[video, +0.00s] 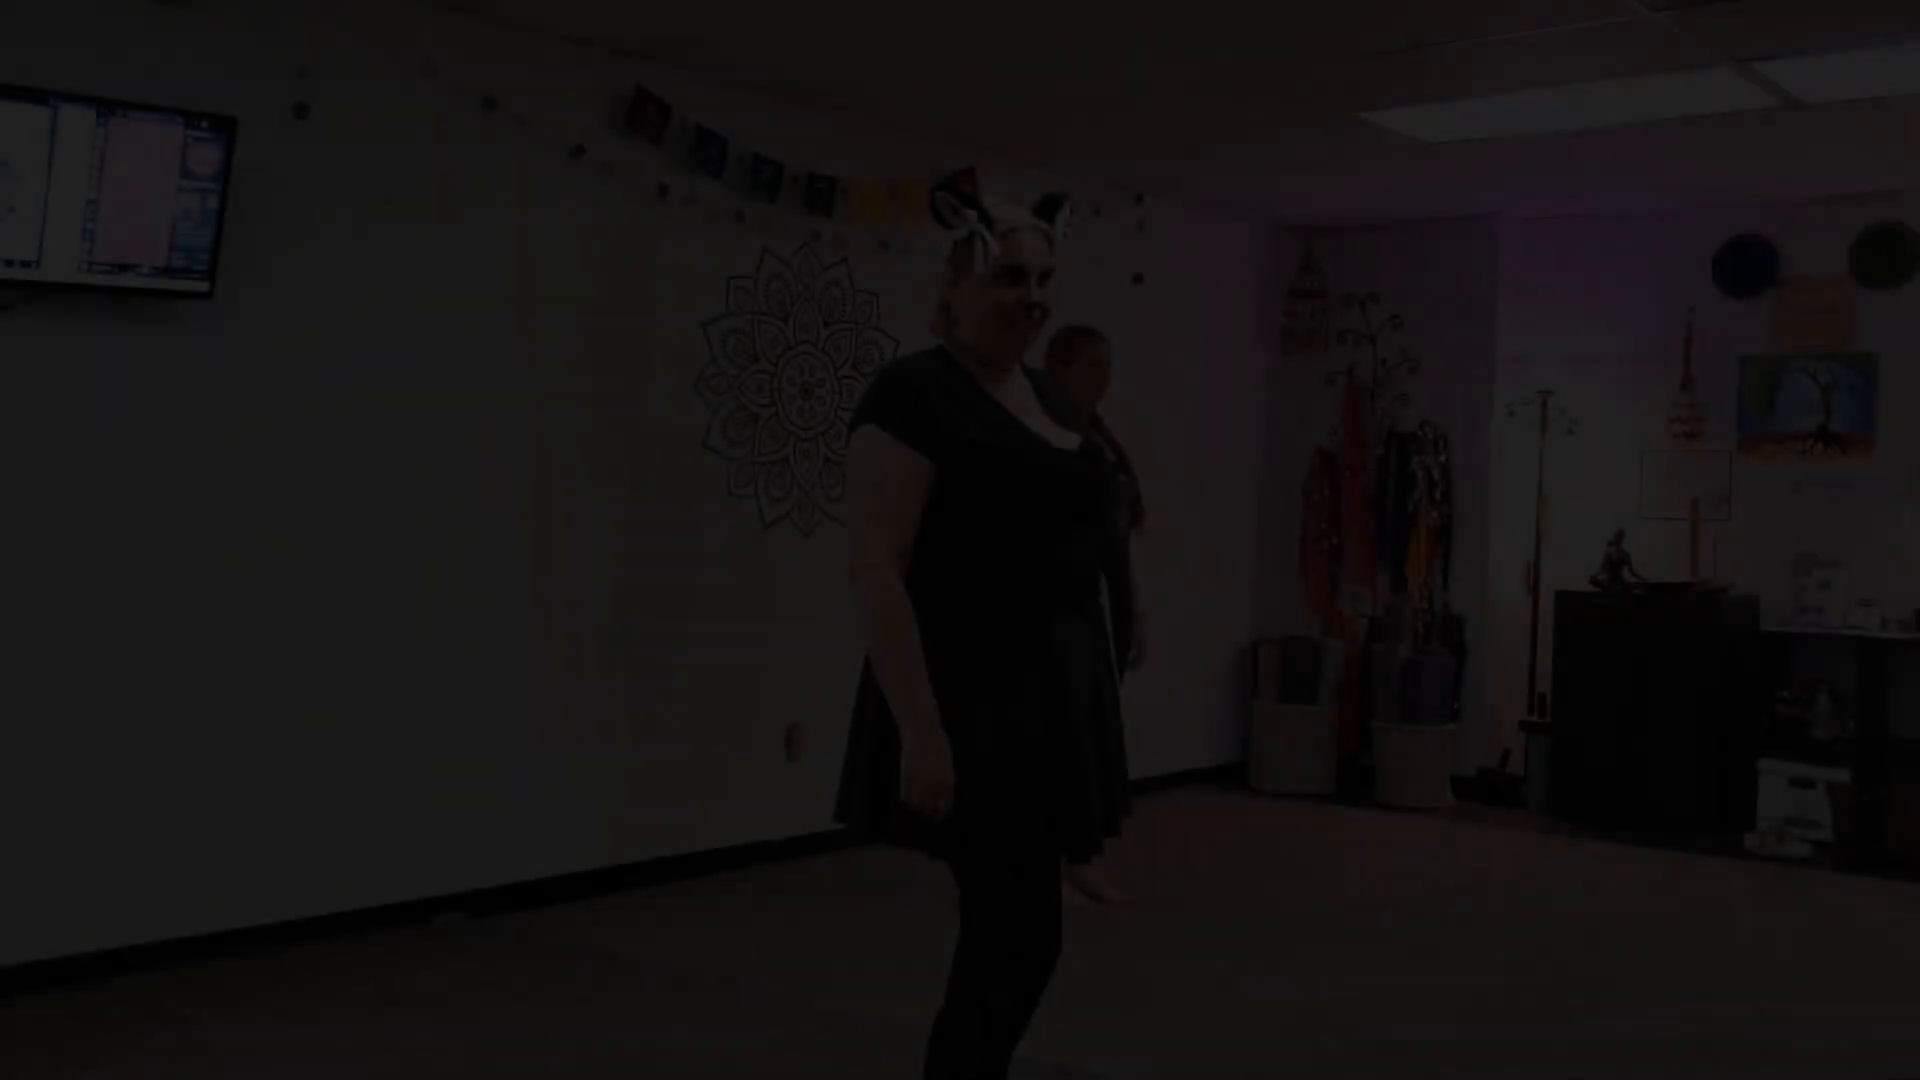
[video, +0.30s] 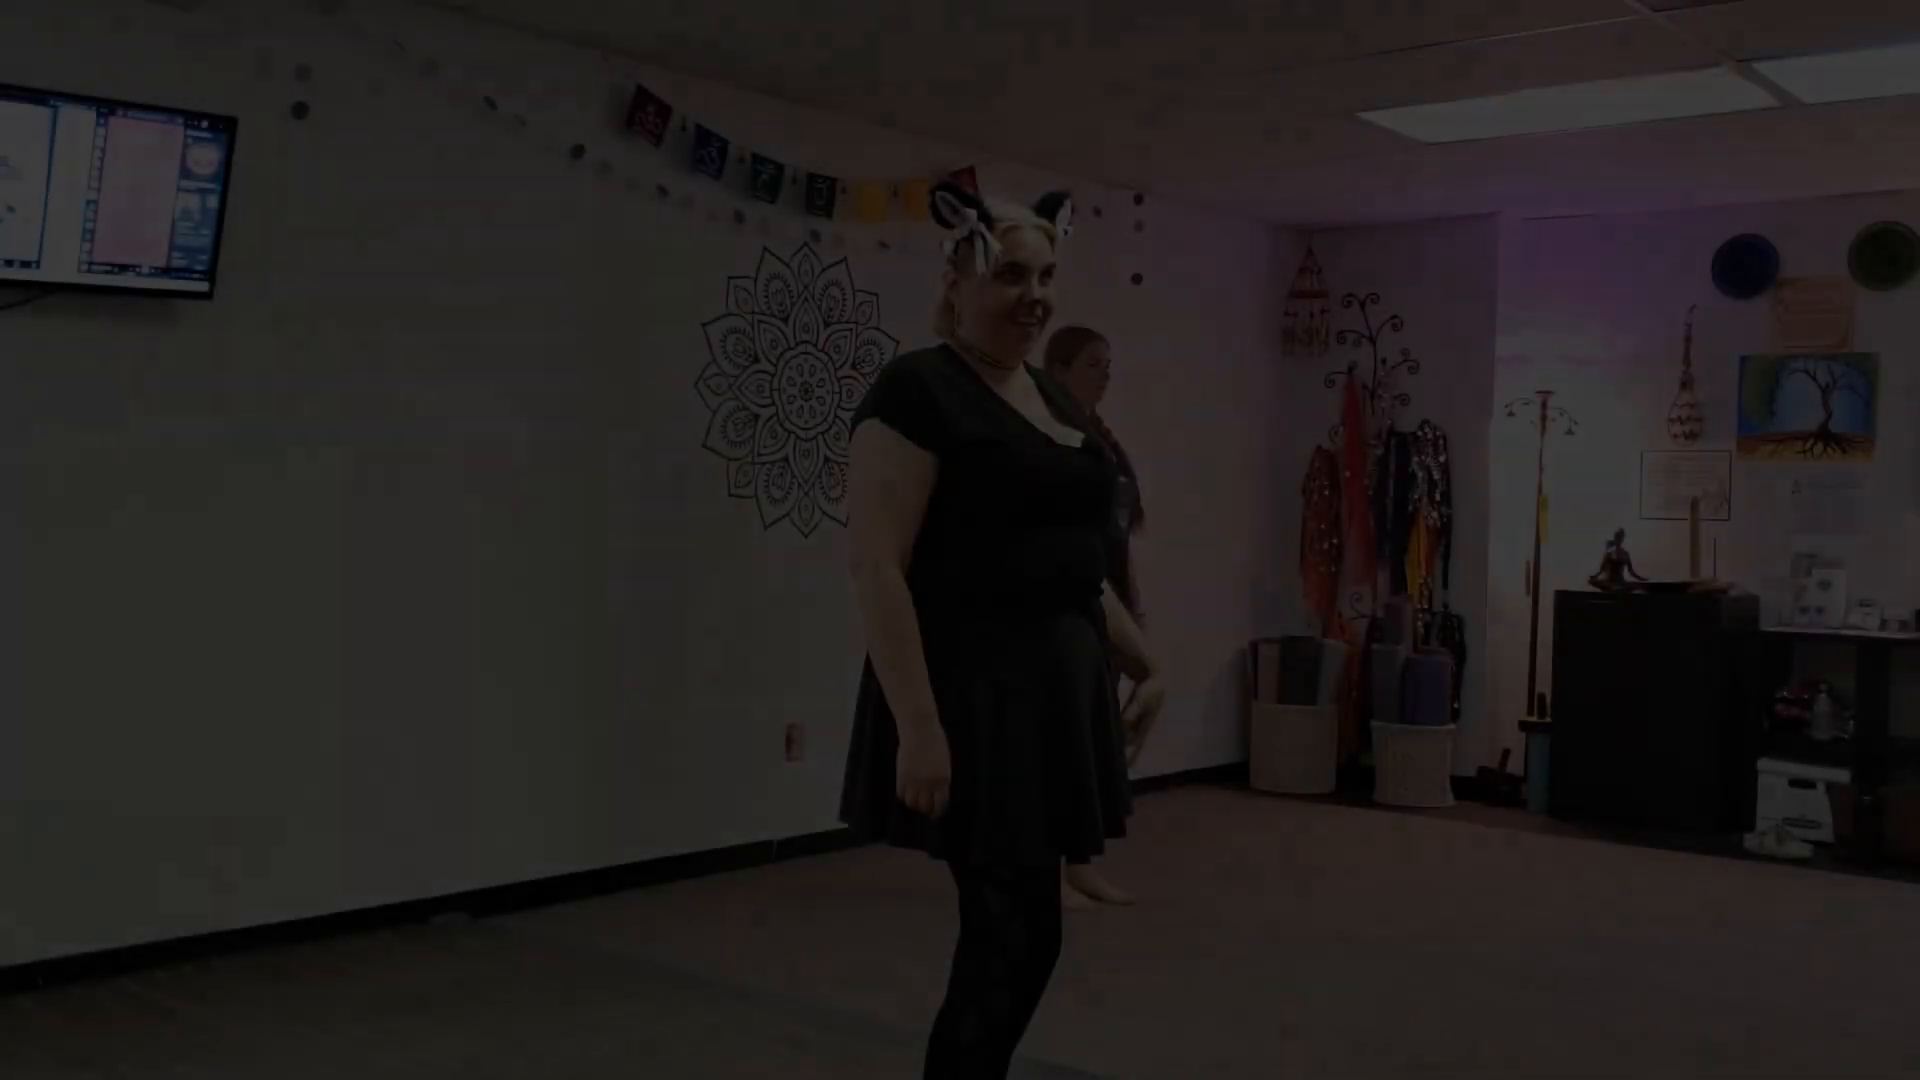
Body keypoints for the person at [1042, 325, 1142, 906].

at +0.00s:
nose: (1101, 382)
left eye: (1103, 370)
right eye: (1091, 370)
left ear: (1098, 376)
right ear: (1061, 370)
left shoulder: (1099, 441)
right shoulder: (1040, 436)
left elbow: (1119, 542)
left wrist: (1127, 622)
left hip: (1097, 618)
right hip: (1046, 617)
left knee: (1095, 734)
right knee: (1061, 735)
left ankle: (1086, 851)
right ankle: (1070, 852)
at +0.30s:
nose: (1104, 377)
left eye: (1106, 368)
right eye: (1094, 368)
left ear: (1097, 375)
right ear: (1060, 370)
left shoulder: (1096, 435)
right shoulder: (1041, 433)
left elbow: (1120, 525)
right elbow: (1055, 534)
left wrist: (1129, 602)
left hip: (1107, 604)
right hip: (1060, 606)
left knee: (1094, 723)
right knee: (1062, 726)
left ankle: (1084, 854)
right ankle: (1071, 856)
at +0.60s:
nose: (1105, 377)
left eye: (1108, 368)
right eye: (1095, 368)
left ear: (1101, 375)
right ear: (1061, 369)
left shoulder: (1097, 436)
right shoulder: (1042, 431)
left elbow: (1123, 519)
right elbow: (1052, 534)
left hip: (1106, 610)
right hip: (1055, 609)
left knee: (1091, 728)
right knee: (1051, 725)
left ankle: (1080, 858)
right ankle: (1055, 863)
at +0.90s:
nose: (1108, 377)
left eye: (1110, 367)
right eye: (1098, 367)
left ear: (1106, 373)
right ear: (1066, 370)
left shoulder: (1104, 440)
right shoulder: (1041, 437)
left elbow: (1123, 537)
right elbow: (1056, 533)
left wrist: (1138, 618)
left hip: (1101, 607)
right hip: (1047, 606)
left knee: (1085, 730)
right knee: (1044, 730)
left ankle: (1078, 860)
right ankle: (1042, 866)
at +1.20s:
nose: (1109, 378)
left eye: (1111, 368)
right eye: (1099, 369)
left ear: (1108, 373)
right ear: (1069, 371)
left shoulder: (1109, 443)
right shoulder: (1041, 439)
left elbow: (1128, 539)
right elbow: (1046, 534)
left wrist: (1142, 619)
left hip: (1103, 608)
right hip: (1048, 609)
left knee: (1089, 731)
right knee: (1047, 733)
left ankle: (1079, 861)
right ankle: (1047, 866)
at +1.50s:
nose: (1112, 376)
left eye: (1115, 367)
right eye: (1102, 366)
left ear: (1111, 374)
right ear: (1068, 370)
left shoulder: (1109, 441)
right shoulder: (1048, 436)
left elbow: (1124, 541)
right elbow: (1061, 534)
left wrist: (1140, 621)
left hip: (1106, 605)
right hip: (1054, 603)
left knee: (1087, 727)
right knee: (1047, 727)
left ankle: (1078, 862)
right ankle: (1045, 868)